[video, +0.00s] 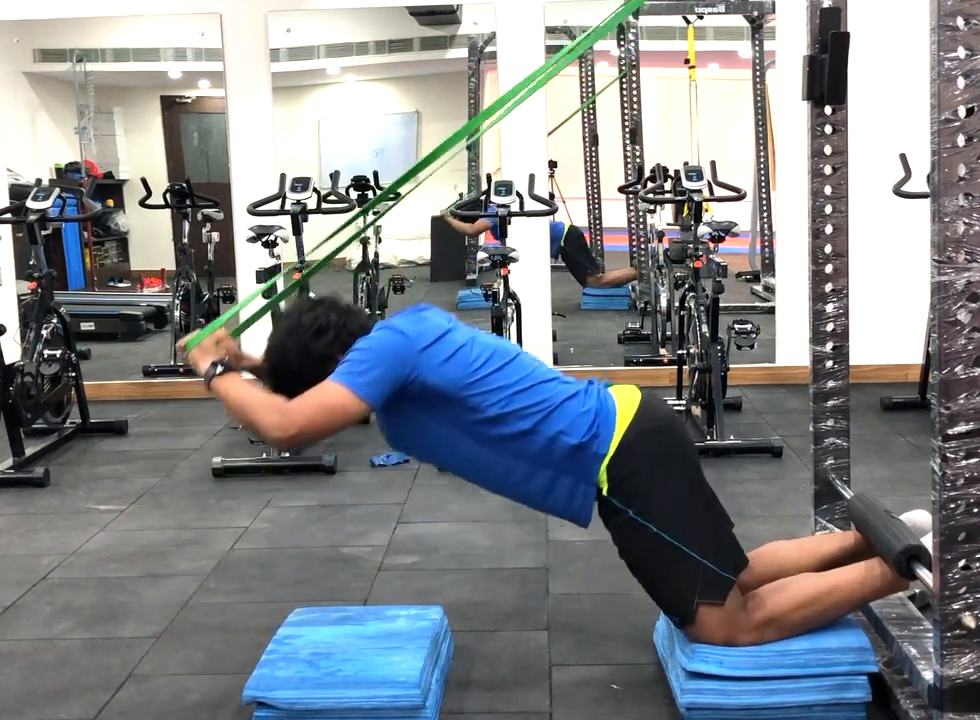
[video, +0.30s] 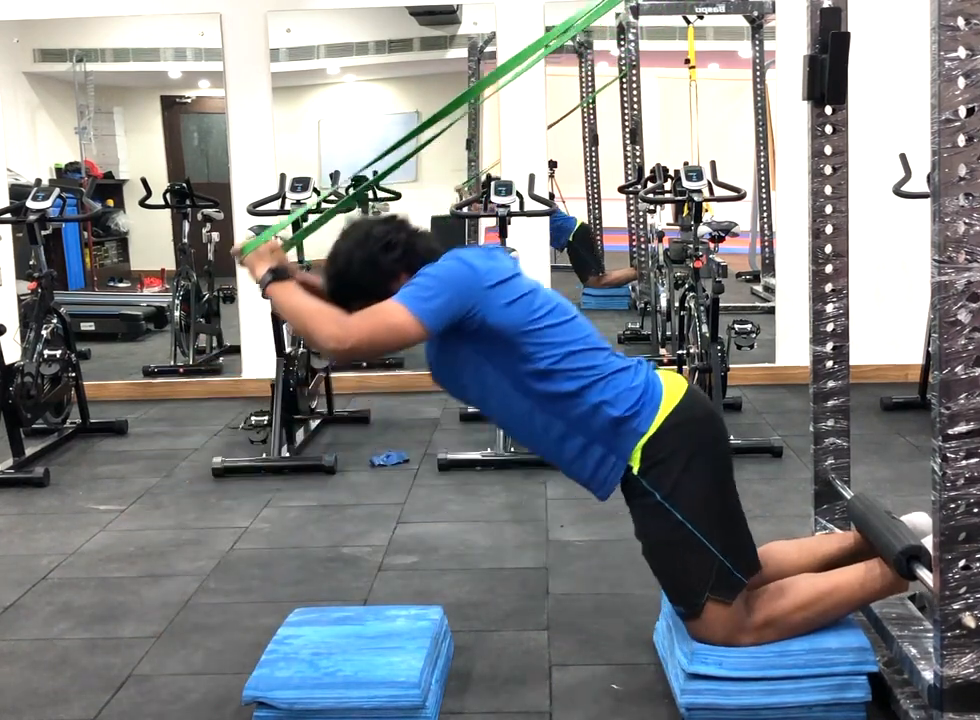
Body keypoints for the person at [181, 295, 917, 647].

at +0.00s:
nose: (318, 400)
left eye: (315, 387)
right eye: (313, 389)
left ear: (328, 355)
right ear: (343, 332)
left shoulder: (393, 342)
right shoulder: (400, 335)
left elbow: (283, 427)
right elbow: (299, 417)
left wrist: (218, 376)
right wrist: (239, 371)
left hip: (624, 454)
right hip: (623, 439)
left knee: (726, 628)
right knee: (720, 586)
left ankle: (901, 569)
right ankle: (859, 534)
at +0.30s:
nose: (362, 316)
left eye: (362, 303)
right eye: (360, 304)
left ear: (385, 285)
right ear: (400, 270)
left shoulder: (458, 277)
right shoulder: (456, 281)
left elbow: (339, 336)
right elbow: (345, 338)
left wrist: (269, 278)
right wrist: (282, 285)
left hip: (658, 437)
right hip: (657, 428)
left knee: (726, 623)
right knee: (720, 579)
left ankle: (910, 572)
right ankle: (865, 539)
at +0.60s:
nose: (448, 250)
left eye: (451, 234)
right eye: (444, 235)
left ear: (480, 210)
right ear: (481, 210)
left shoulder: (546, 222)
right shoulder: (527, 236)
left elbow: (421, 263)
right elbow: (422, 263)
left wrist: (349, 195)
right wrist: (360, 208)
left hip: (702, 432)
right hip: (682, 436)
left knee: (729, 622)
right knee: (724, 581)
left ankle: (906, 573)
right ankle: (868, 540)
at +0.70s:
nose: (492, 231)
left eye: (494, 216)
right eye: (486, 221)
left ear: (523, 190)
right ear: (525, 193)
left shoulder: (583, 203)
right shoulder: (562, 226)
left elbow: (455, 236)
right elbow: (463, 231)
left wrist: (388, 162)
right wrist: (403, 175)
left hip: (717, 430)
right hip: (687, 437)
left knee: (728, 624)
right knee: (708, 588)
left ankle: (902, 573)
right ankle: (865, 541)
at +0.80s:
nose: (519, 207)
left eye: (520, 192)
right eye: (511, 194)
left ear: (548, 172)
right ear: (565, 157)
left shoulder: (616, 186)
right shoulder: (588, 218)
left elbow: (490, 203)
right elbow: (493, 204)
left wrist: (429, 123)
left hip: (725, 427)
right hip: (690, 436)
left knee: (729, 624)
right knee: (714, 580)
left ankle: (905, 582)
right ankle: (866, 548)